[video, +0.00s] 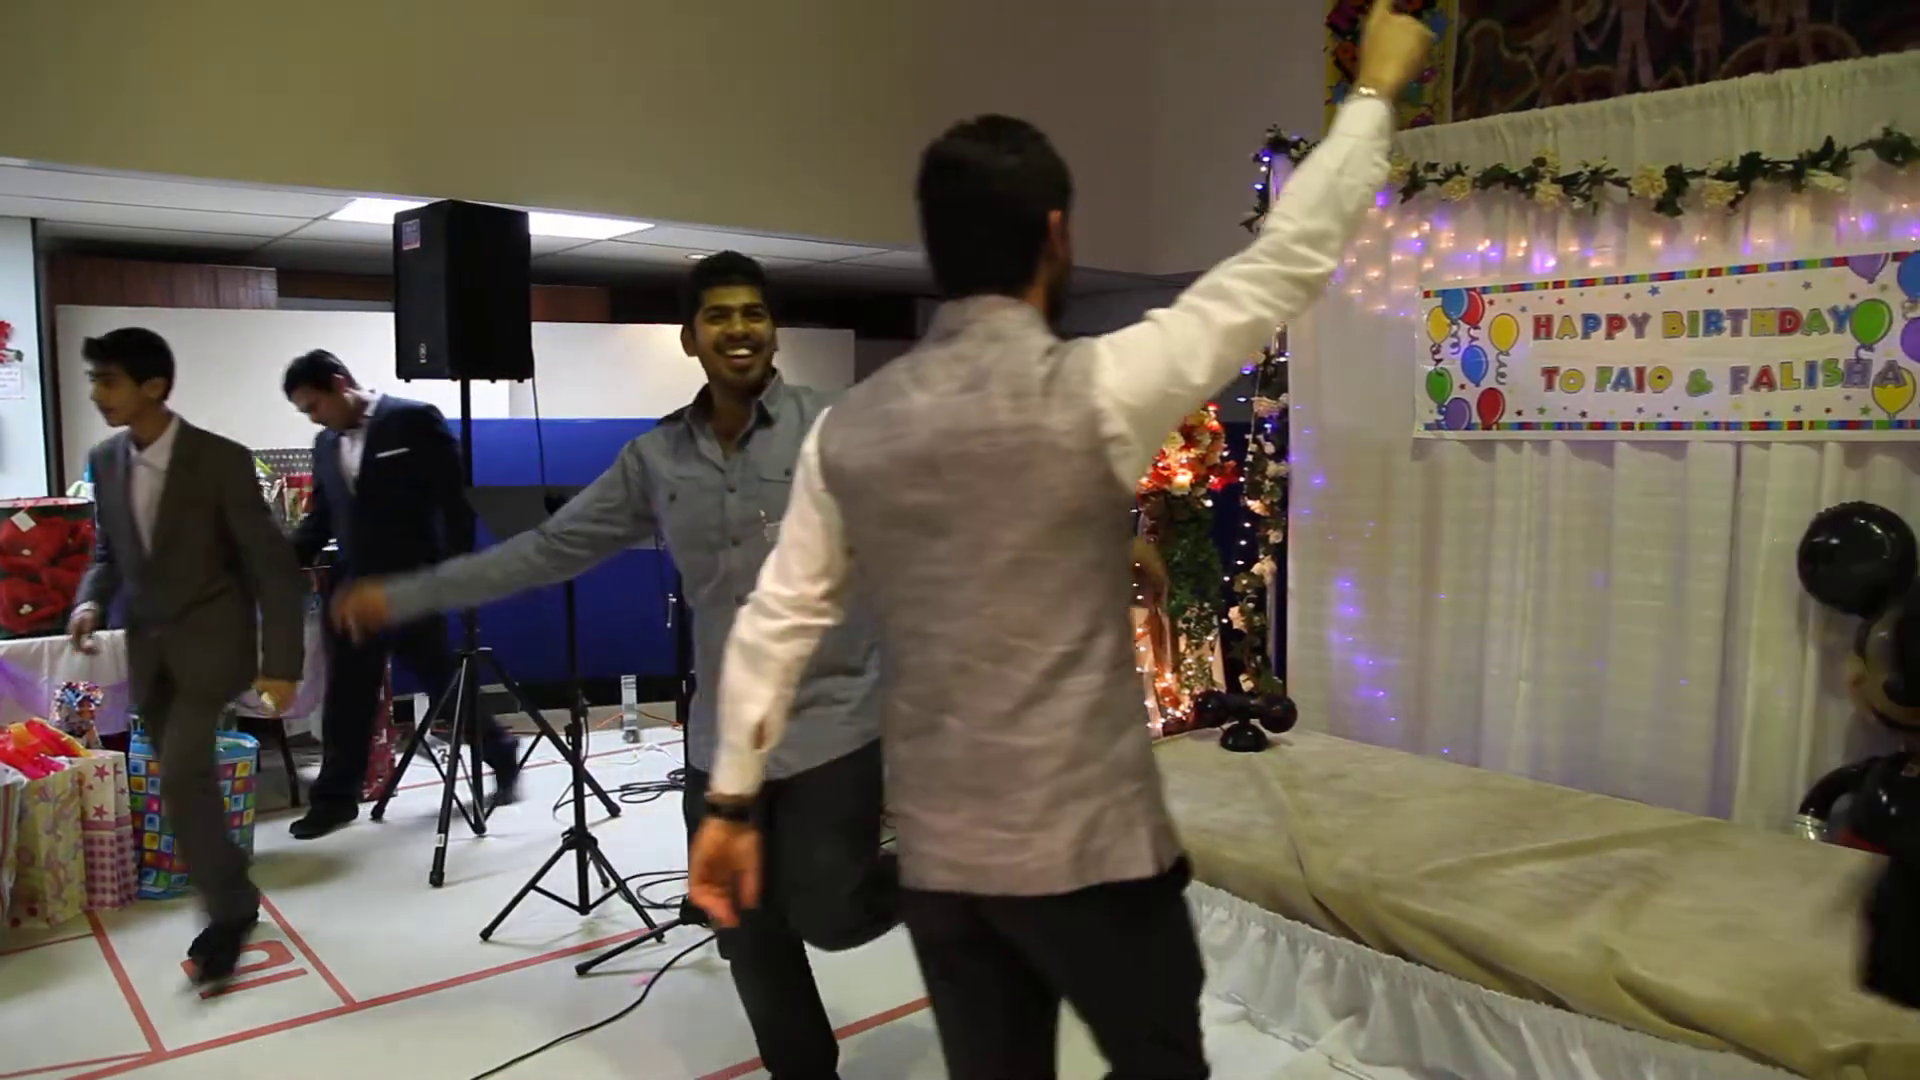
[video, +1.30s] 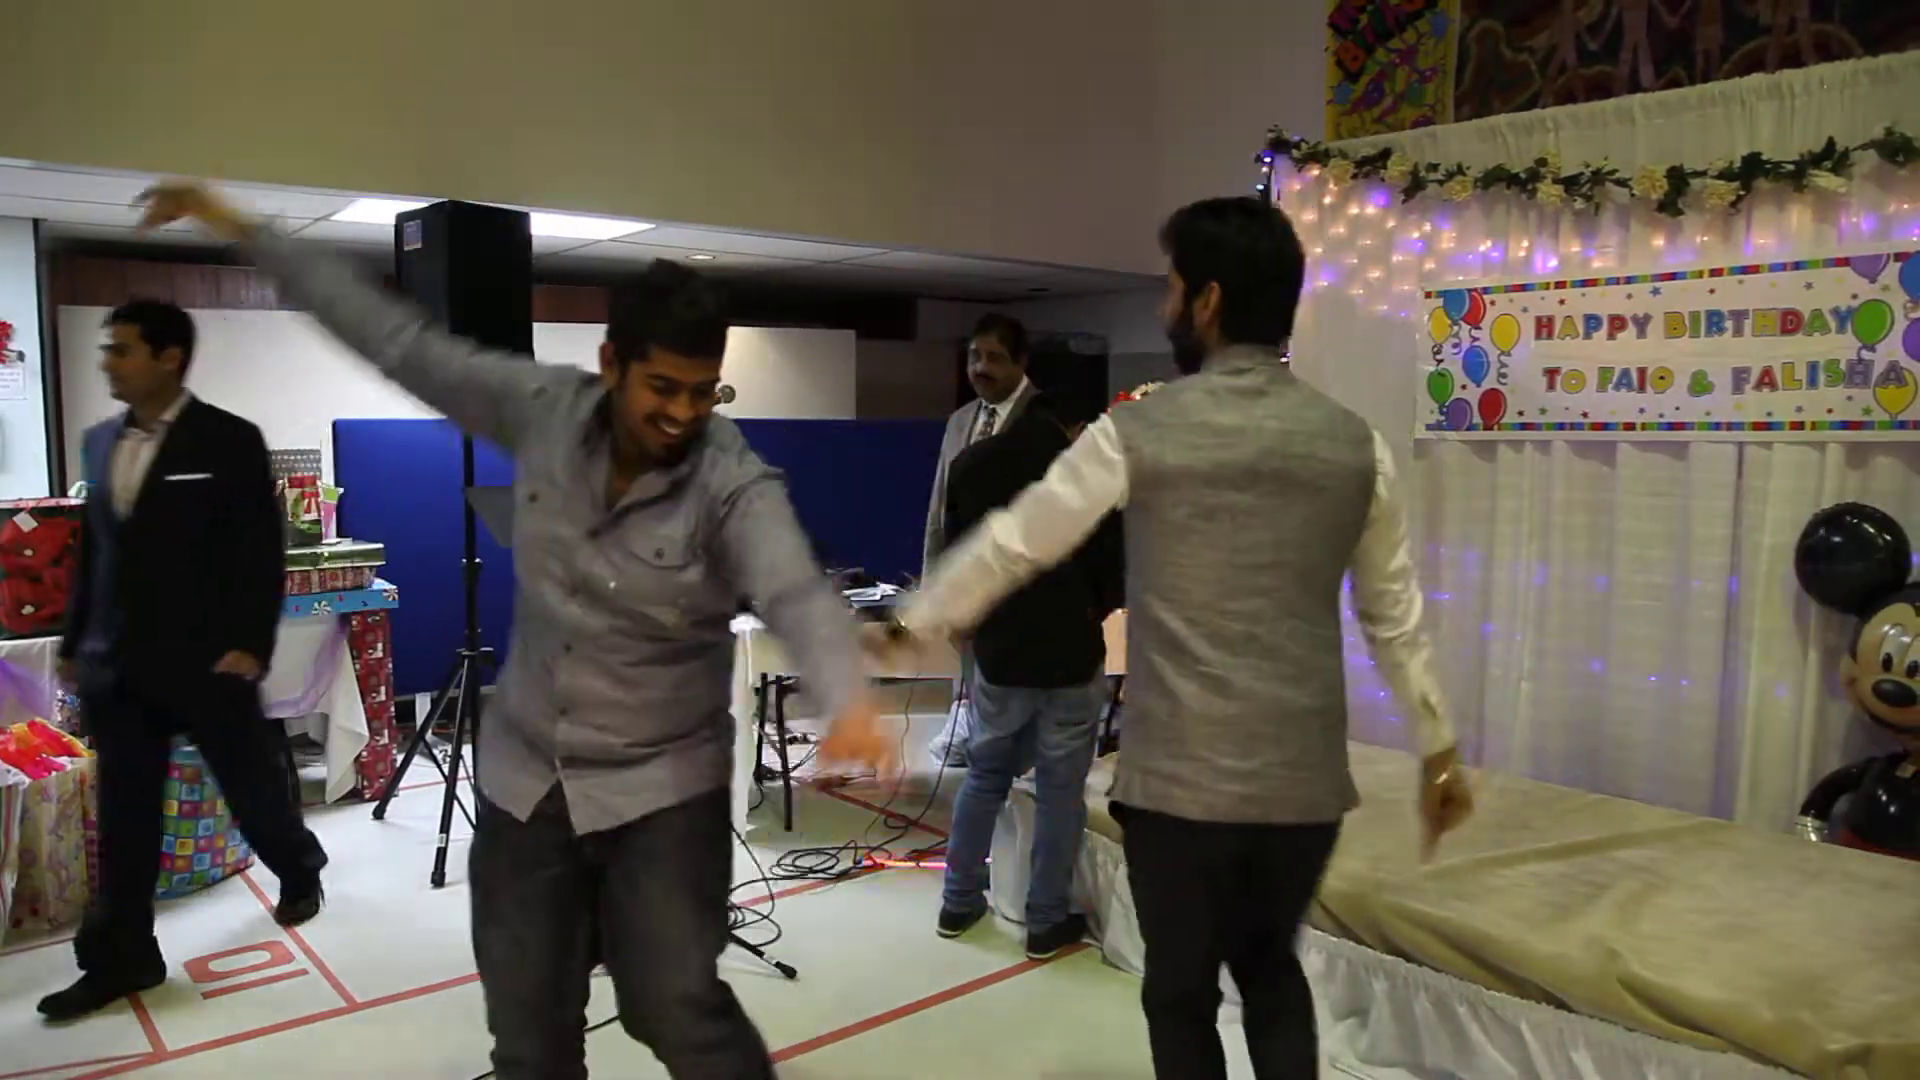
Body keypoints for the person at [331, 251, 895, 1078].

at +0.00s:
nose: (740, 331)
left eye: (755, 315)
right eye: (719, 317)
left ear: (776, 329)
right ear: (691, 337)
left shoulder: (832, 429)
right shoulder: (657, 458)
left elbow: (909, 555)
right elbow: (549, 548)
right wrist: (401, 596)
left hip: (838, 718)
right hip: (725, 736)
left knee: (832, 918)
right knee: (752, 937)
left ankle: (940, 863)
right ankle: (807, 1069)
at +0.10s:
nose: (734, 329)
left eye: (750, 313)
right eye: (716, 315)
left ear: (778, 329)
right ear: (693, 334)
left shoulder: (838, 424)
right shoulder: (663, 454)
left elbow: (926, 535)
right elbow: (561, 549)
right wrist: (401, 544)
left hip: (836, 721)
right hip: (723, 733)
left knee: (815, 916)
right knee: (744, 933)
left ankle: (915, 994)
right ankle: (808, 1073)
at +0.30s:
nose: (745, 346)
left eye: (762, 330)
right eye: (728, 330)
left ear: (787, 339)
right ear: (701, 340)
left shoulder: (839, 421)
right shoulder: (670, 448)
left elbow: (943, 479)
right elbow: (545, 485)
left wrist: (948, 424)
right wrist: (413, 429)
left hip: (824, 726)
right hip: (718, 737)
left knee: (800, 929)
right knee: (740, 941)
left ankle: (845, 1075)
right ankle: (793, 1071)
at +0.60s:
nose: (753, 377)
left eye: (770, 357)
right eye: (732, 358)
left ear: (797, 343)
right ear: (705, 349)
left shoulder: (843, 418)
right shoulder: (687, 412)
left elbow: (899, 388)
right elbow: (576, 367)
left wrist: (925, 328)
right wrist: (456, 293)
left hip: (829, 725)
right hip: (724, 718)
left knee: (796, 930)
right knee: (699, 913)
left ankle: (826, 1070)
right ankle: (781, 1057)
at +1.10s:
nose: (720, 396)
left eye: (741, 379)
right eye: (701, 375)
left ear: (764, 365)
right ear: (663, 353)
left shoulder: (789, 442)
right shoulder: (622, 386)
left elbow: (875, 437)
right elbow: (526, 283)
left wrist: (954, 431)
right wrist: (426, 180)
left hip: (732, 768)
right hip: (607, 758)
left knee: (741, 965)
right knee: (587, 986)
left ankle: (813, 1073)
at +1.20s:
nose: (698, 404)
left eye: (717, 385)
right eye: (678, 382)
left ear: (738, 373)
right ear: (635, 357)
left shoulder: (755, 460)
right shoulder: (587, 388)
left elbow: (835, 515)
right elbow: (469, 298)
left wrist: (911, 549)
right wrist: (338, 186)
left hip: (696, 785)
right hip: (568, 775)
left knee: (704, 991)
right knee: (553, 1015)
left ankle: (789, 1076)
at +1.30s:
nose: (681, 412)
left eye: (701, 393)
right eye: (661, 387)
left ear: (718, 385)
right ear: (612, 364)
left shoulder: (733, 483)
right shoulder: (545, 408)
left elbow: (798, 594)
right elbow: (396, 336)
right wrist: (241, 229)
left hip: (666, 780)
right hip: (527, 776)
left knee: (674, 1006)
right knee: (528, 1037)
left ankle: (748, 1074)